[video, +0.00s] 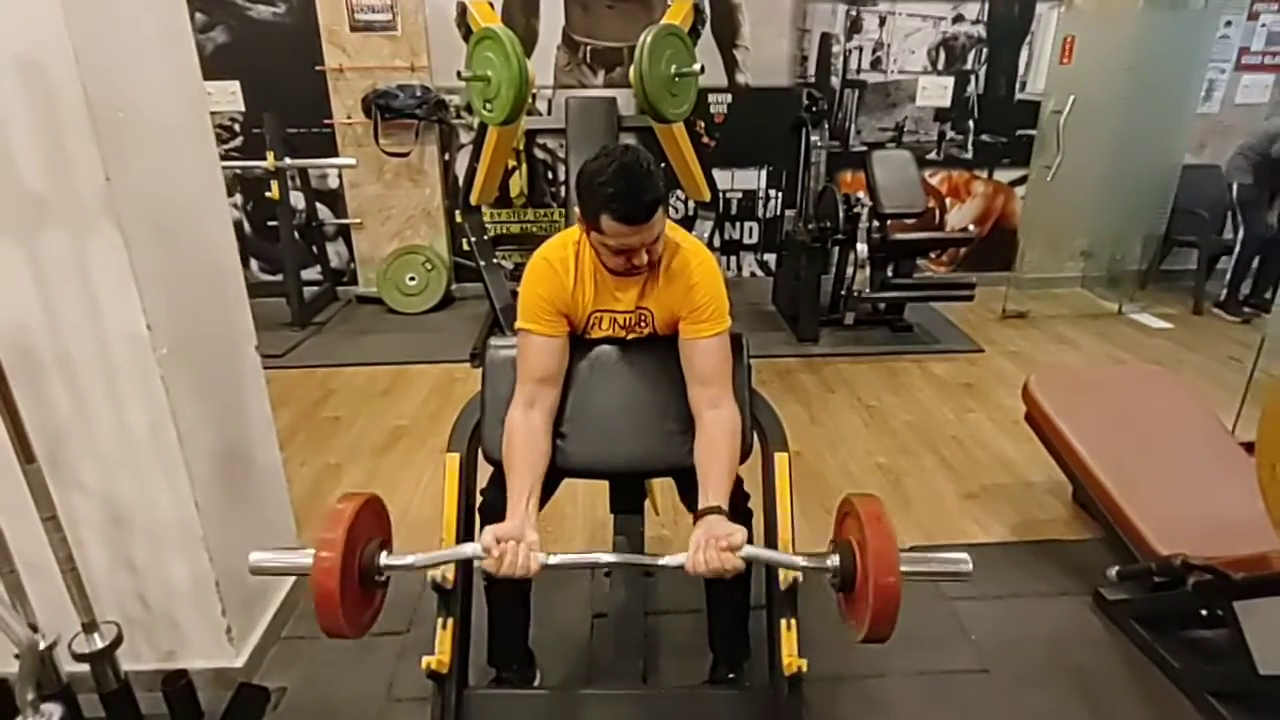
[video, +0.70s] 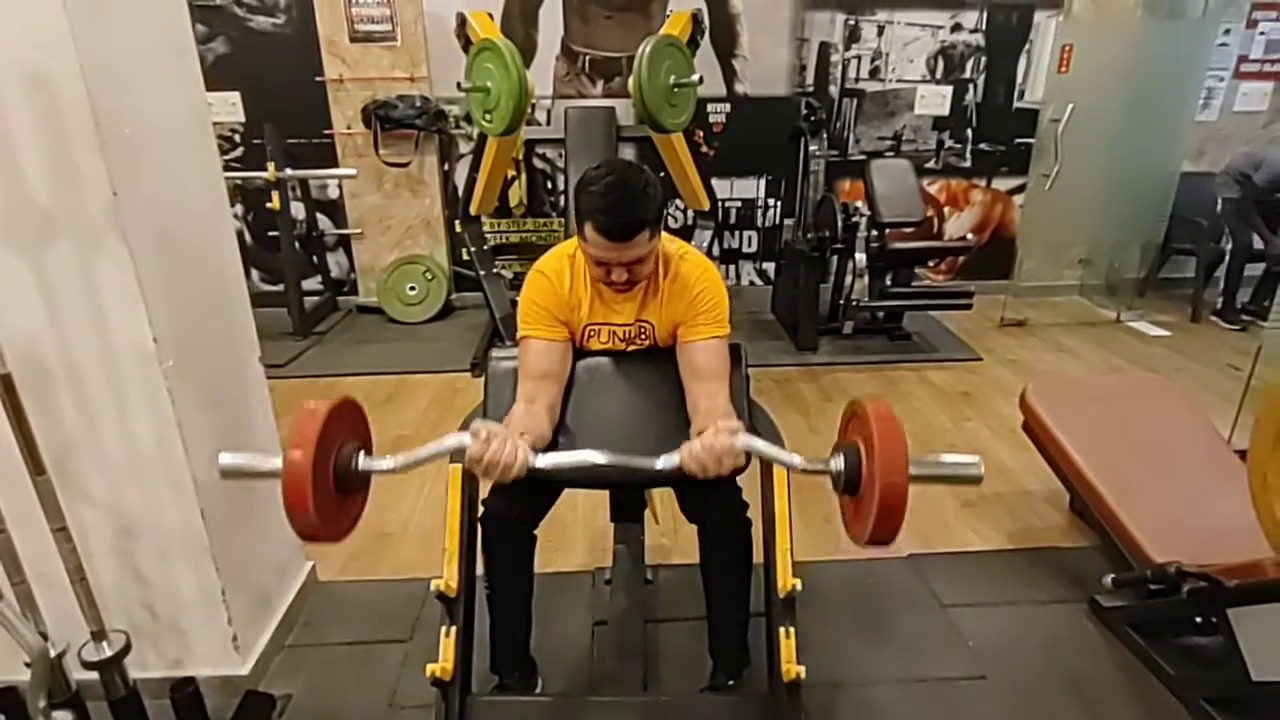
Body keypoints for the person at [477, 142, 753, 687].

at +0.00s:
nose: (641, 260)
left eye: (651, 243)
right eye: (621, 249)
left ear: (663, 215)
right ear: (587, 227)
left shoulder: (693, 269)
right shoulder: (550, 269)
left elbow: (714, 400)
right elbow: (534, 399)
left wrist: (713, 512)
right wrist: (518, 516)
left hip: (669, 405)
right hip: (573, 403)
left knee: (731, 514)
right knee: (496, 512)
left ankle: (729, 671)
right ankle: (511, 672)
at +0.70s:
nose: (619, 276)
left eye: (635, 261)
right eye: (603, 262)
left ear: (658, 233)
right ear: (580, 235)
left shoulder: (696, 279)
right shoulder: (550, 278)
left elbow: (712, 398)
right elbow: (535, 398)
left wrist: (715, 441)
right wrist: (512, 441)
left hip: (666, 414)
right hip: (576, 412)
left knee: (723, 507)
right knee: (504, 514)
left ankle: (729, 674)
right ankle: (513, 677)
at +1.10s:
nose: (613, 280)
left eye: (629, 267)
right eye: (597, 267)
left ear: (654, 237)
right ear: (577, 238)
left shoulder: (696, 281)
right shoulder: (550, 283)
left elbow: (709, 429)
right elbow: (538, 434)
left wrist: (712, 385)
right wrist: (516, 382)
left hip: (669, 425)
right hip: (575, 425)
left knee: (725, 517)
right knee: (504, 517)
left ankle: (731, 676)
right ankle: (515, 679)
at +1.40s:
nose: (615, 261)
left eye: (630, 243)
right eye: (597, 245)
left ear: (655, 224)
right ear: (577, 231)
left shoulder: (690, 277)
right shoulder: (555, 281)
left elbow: (708, 427)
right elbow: (540, 431)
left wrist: (706, 322)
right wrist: (525, 321)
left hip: (668, 418)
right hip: (576, 418)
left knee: (724, 515)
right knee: (505, 519)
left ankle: (730, 680)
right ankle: (515, 680)